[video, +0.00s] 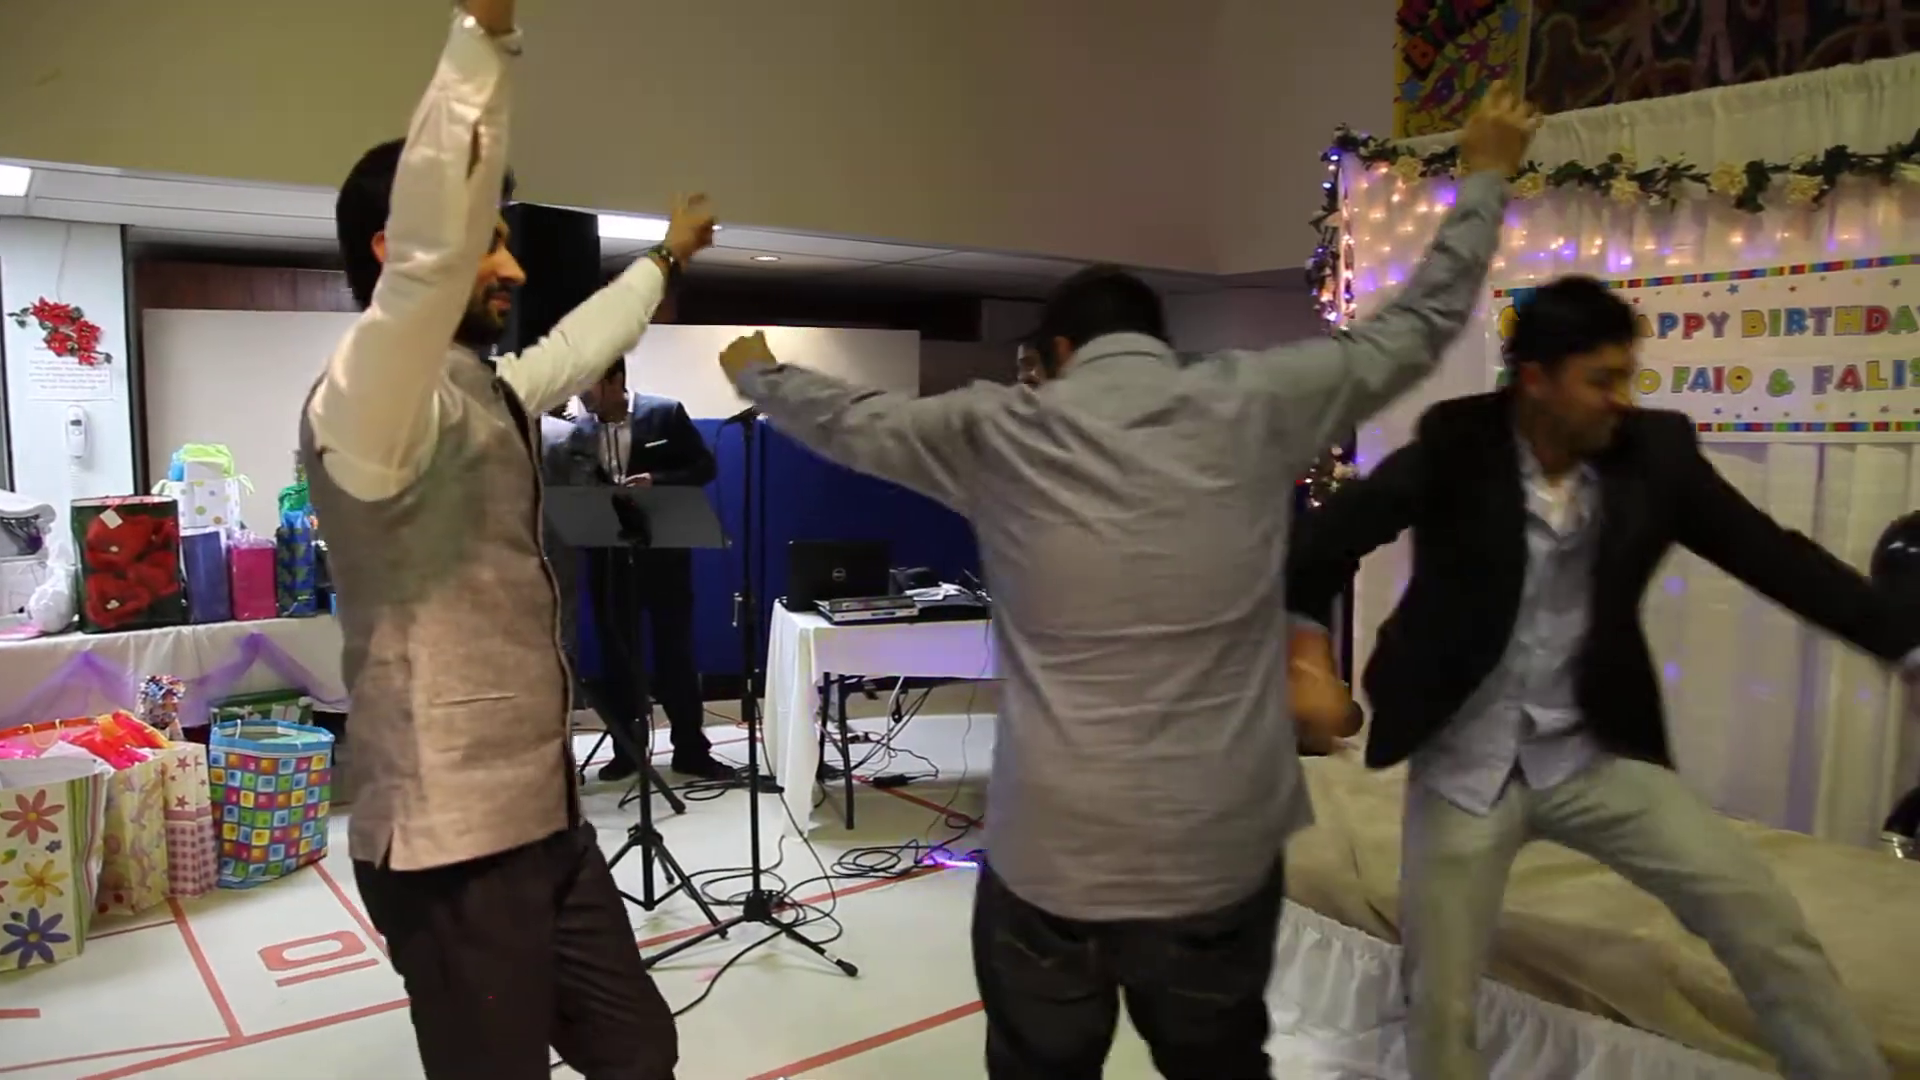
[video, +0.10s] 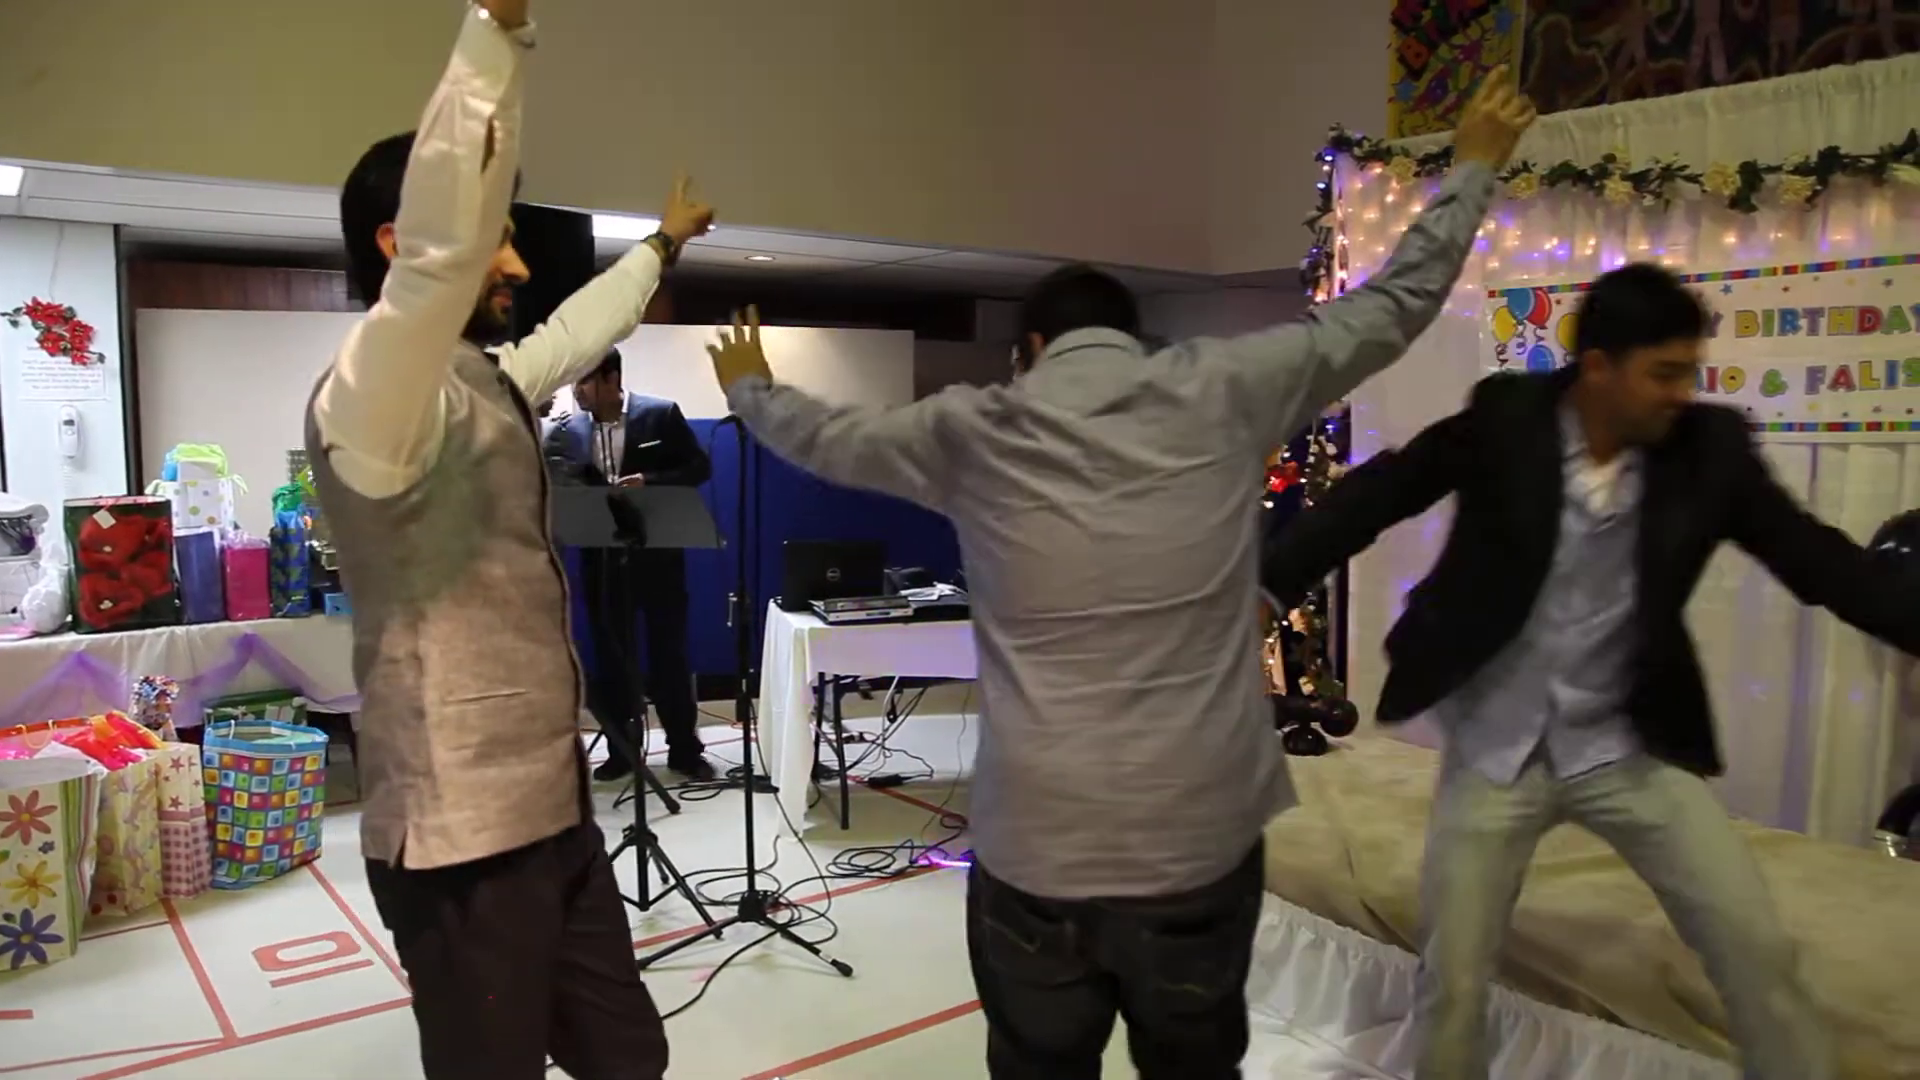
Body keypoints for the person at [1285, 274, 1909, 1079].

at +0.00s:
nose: (1622, 400)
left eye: (1627, 380)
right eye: (1604, 381)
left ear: (1634, 376)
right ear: (1532, 377)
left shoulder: (1654, 460)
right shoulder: (1450, 455)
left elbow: (1772, 556)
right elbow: (1322, 543)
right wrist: (1308, 665)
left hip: (1592, 757)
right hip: (1462, 767)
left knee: (1753, 909)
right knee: (1440, 998)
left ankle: (1857, 1074)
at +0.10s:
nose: (1685, 394)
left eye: (1692, 375)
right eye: (1666, 376)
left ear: (1696, 368)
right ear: (1593, 366)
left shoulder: (1710, 453)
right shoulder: (1501, 425)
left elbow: (1836, 570)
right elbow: (1365, 500)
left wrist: (1917, 618)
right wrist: (1258, 583)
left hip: (1629, 745)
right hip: (1493, 749)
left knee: (1758, 955)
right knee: (1453, 978)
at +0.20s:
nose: (1738, 400)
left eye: (1747, 380)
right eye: (1719, 381)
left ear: (1752, 370)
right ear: (1648, 368)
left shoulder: (1770, 452)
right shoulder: (1553, 415)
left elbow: (1852, 602)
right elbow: (1422, 487)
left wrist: (1918, 706)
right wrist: (1299, 580)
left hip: (1666, 773)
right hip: (1526, 760)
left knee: (1735, 999)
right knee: (1446, 955)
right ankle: (1437, 1077)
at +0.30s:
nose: (1782, 424)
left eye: (1794, 403)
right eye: (1761, 403)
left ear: (1805, 394)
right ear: (1693, 387)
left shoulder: (1821, 509)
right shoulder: (1600, 441)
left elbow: (1809, 679)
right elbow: (1477, 528)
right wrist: (1345, 630)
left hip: (1695, 794)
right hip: (1556, 766)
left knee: (1741, 1043)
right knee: (1458, 953)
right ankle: (1429, 1074)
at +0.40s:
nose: (1804, 412)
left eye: (1823, 391)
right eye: (1782, 387)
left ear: (1838, 382)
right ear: (1722, 365)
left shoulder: (1828, 505)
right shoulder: (1641, 410)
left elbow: (1738, 677)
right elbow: (1533, 516)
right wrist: (1439, 642)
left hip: (1689, 766)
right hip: (1567, 726)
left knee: (1734, 1005)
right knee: (1449, 888)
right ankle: (1462, 1074)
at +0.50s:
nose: (1782, 406)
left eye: (1806, 391)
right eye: (1766, 379)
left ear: (1824, 390)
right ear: (1714, 356)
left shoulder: (1793, 490)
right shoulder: (1640, 399)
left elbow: (1711, 640)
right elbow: (1520, 516)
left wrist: (1583, 668)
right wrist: (1507, 622)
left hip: (1691, 760)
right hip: (1579, 719)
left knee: (1723, 995)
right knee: (1446, 867)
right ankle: (1459, 1073)